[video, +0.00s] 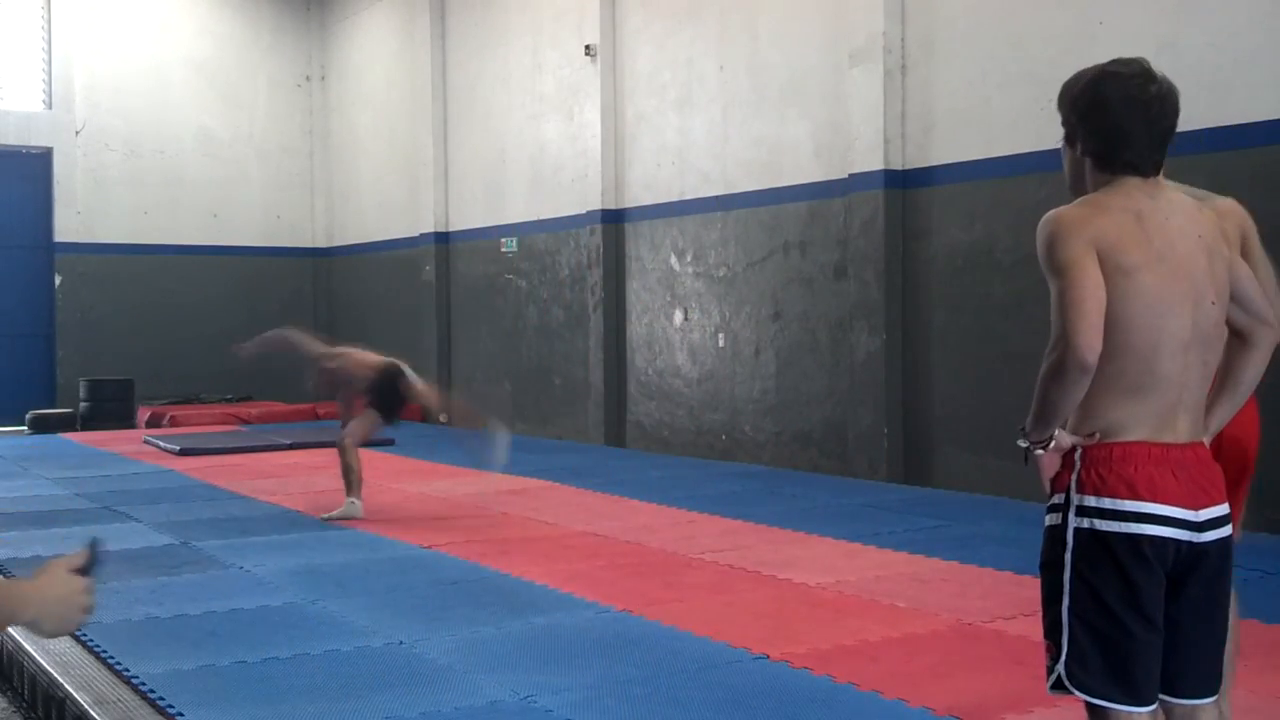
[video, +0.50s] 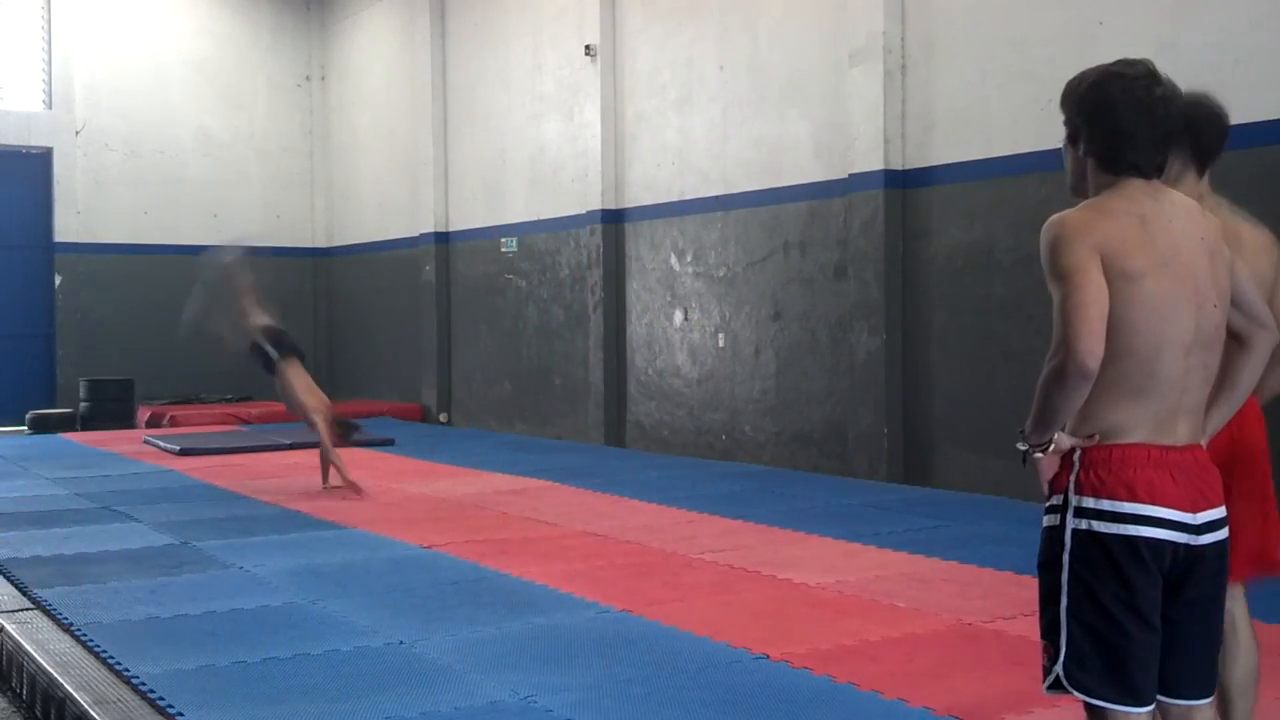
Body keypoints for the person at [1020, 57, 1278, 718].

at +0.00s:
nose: (1063, 150)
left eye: (1065, 135)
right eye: (1064, 134)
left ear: (1082, 143)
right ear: (1161, 140)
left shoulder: (1072, 223)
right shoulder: (1213, 219)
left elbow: (1081, 351)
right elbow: (1261, 330)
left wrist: (1040, 434)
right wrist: (1204, 428)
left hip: (1112, 501)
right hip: (1199, 497)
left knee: (1118, 704)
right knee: (1191, 701)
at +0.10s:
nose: (1063, 153)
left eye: (1066, 137)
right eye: (1064, 136)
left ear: (1086, 145)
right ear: (1162, 141)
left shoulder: (1073, 225)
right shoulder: (1217, 229)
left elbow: (1081, 353)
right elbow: (1261, 334)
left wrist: (1039, 436)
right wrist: (1206, 429)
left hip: (1112, 503)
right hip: (1199, 501)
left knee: (1118, 705)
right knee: (1189, 703)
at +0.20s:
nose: (1065, 153)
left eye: (1067, 137)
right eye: (1066, 137)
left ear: (1086, 146)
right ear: (1168, 144)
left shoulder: (1073, 227)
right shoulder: (1216, 224)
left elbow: (1081, 356)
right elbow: (1260, 334)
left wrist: (1038, 438)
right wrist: (1205, 429)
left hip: (1111, 504)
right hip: (1198, 499)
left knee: (1118, 705)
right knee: (1189, 702)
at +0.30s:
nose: (1065, 152)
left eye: (1068, 135)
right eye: (1066, 135)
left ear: (1090, 143)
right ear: (1168, 136)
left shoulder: (1075, 224)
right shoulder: (1213, 222)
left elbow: (1082, 354)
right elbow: (1260, 331)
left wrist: (1038, 436)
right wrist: (1203, 425)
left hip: (1111, 504)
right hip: (1197, 498)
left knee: (1117, 705)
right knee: (1189, 702)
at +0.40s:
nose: (1065, 153)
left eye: (1067, 137)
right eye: (1065, 137)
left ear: (1088, 143)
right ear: (1156, 138)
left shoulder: (1075, 226)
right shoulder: (1212, 227)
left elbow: (1081, 358)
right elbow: (1261, 333)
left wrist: (1038, 437)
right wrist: (1203, 429)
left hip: (1111, 503)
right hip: (1197, 500)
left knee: (1117, 705)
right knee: (1187, 703)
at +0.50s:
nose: (1063, 152)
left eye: (1066, 135)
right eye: (1065, 135)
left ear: (1086, 143)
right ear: (1155, 139)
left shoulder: (1076, 227)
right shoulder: (1203, 222)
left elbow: (1083, 357)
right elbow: (1260, 332)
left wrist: (1040, 437)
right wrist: (1204, 428)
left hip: (1110, 502)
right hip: (1196, 498)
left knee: (1115, 704)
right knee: (1187, 701)